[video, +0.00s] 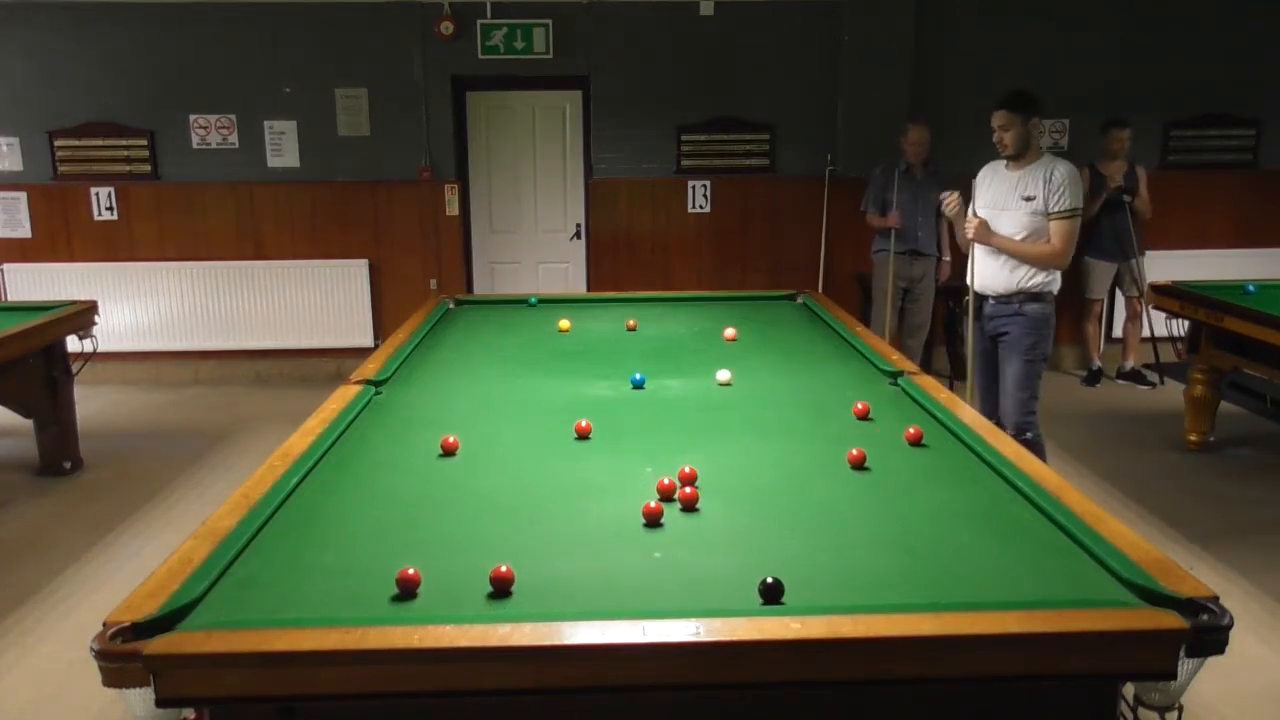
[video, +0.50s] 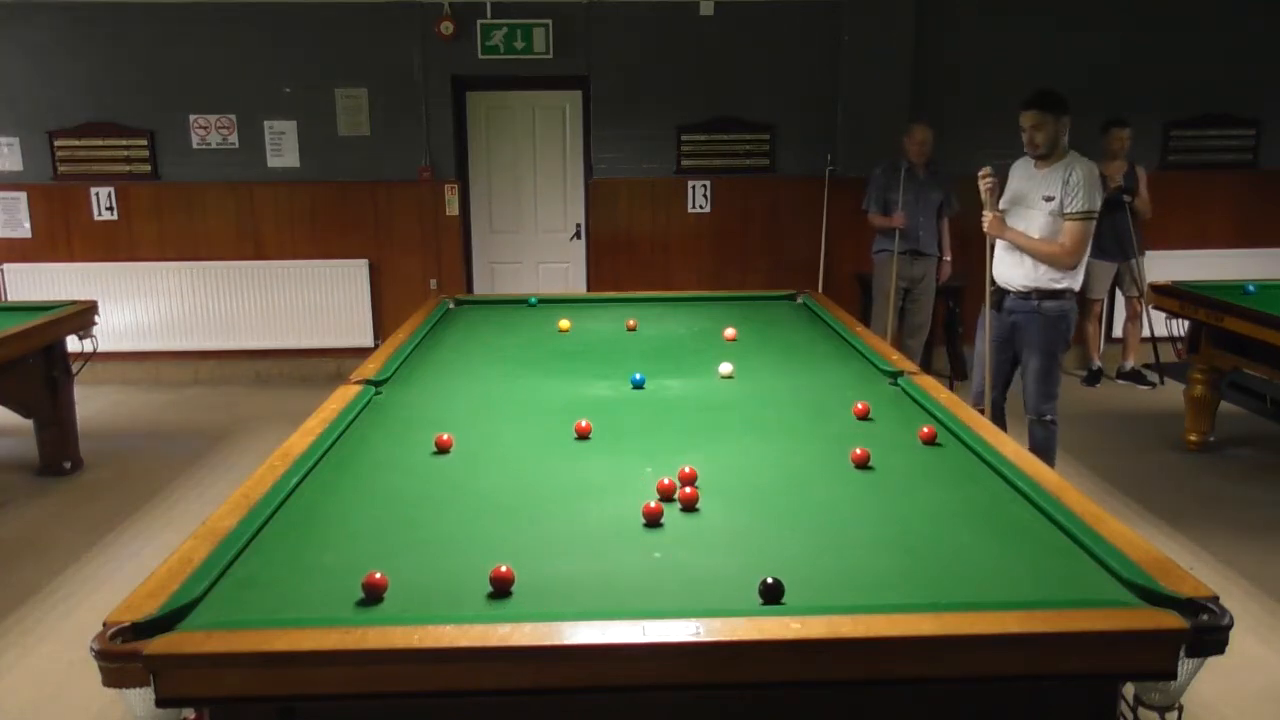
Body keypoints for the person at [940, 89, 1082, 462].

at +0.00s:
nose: (997, 138)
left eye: (1005, 130)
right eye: (994, 130)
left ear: (1032, 127)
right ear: (994, 131)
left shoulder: (1059, 174)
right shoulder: (987, 174)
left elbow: (1061, 254)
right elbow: (970, 247)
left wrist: (992, 239)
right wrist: (956, 220)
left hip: (1026, 310)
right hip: (981, 308)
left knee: (1017, 421)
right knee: (985, 417)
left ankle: (1038, 512)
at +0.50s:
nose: (1028, 139)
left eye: (1037, 130)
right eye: (1023, 130)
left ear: (1063, 128)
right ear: (1020, 129)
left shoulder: (1081, 173)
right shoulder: (1019, 168)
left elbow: (1069, 256)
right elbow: (1000, 233)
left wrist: (1006, 232)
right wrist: (989, 202)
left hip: (1047, 306)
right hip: (1003, 300)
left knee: (1039, 411)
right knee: (983, 400)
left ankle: (1036, 494)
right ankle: (981, 483)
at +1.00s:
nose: (988, 144)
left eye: (996, 135)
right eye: (985, 136)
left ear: (1022, 132)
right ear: (983, 134)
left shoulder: (1044, 174)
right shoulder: (982, 170)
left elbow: (1036, 253)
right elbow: (972, 230)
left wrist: (979, 229)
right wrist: (959, 203)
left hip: (1019, 301)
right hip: (975, 298)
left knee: (1027, 403)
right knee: (968, 395)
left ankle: (1035, 488)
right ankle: (958, 475)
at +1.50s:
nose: (961, 139)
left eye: (968, 132)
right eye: (956, 132)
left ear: (992, 127)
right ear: (952, 130)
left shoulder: (1013, 170)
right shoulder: (944, 165)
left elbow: (1016, 240)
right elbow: (929, 225)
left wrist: (959, 231)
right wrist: (926, 216)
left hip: (986, 291)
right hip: (942, 290)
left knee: (982, 389)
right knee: (947, 384)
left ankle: (979, 466)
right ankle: (948, 463)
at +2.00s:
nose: (965, 139)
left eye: (973, 131)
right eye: (959, 131)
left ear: (993, 129)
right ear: (954, 130)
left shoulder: (1012, 172)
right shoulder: (944, 169)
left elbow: (1021, 243)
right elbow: (925, 220)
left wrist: (991, 284)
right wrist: (928, 256)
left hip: (985, 289)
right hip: (942, 285)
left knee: (970, 380)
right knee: (935, 373)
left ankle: (963, 452)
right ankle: (932, 447)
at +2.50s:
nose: (950, 139)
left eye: (959, 132)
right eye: (946, 132)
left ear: (978, 130)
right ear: (942, 132)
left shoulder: (1000, 165)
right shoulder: (940, 174)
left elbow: (1012, 231)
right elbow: (931, 233)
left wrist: (974, 257)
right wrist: (918, 291)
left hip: (984, 284)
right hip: (943, 281)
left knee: (970, 373)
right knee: (937, 369)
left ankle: (961, 448)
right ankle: (931, 446)